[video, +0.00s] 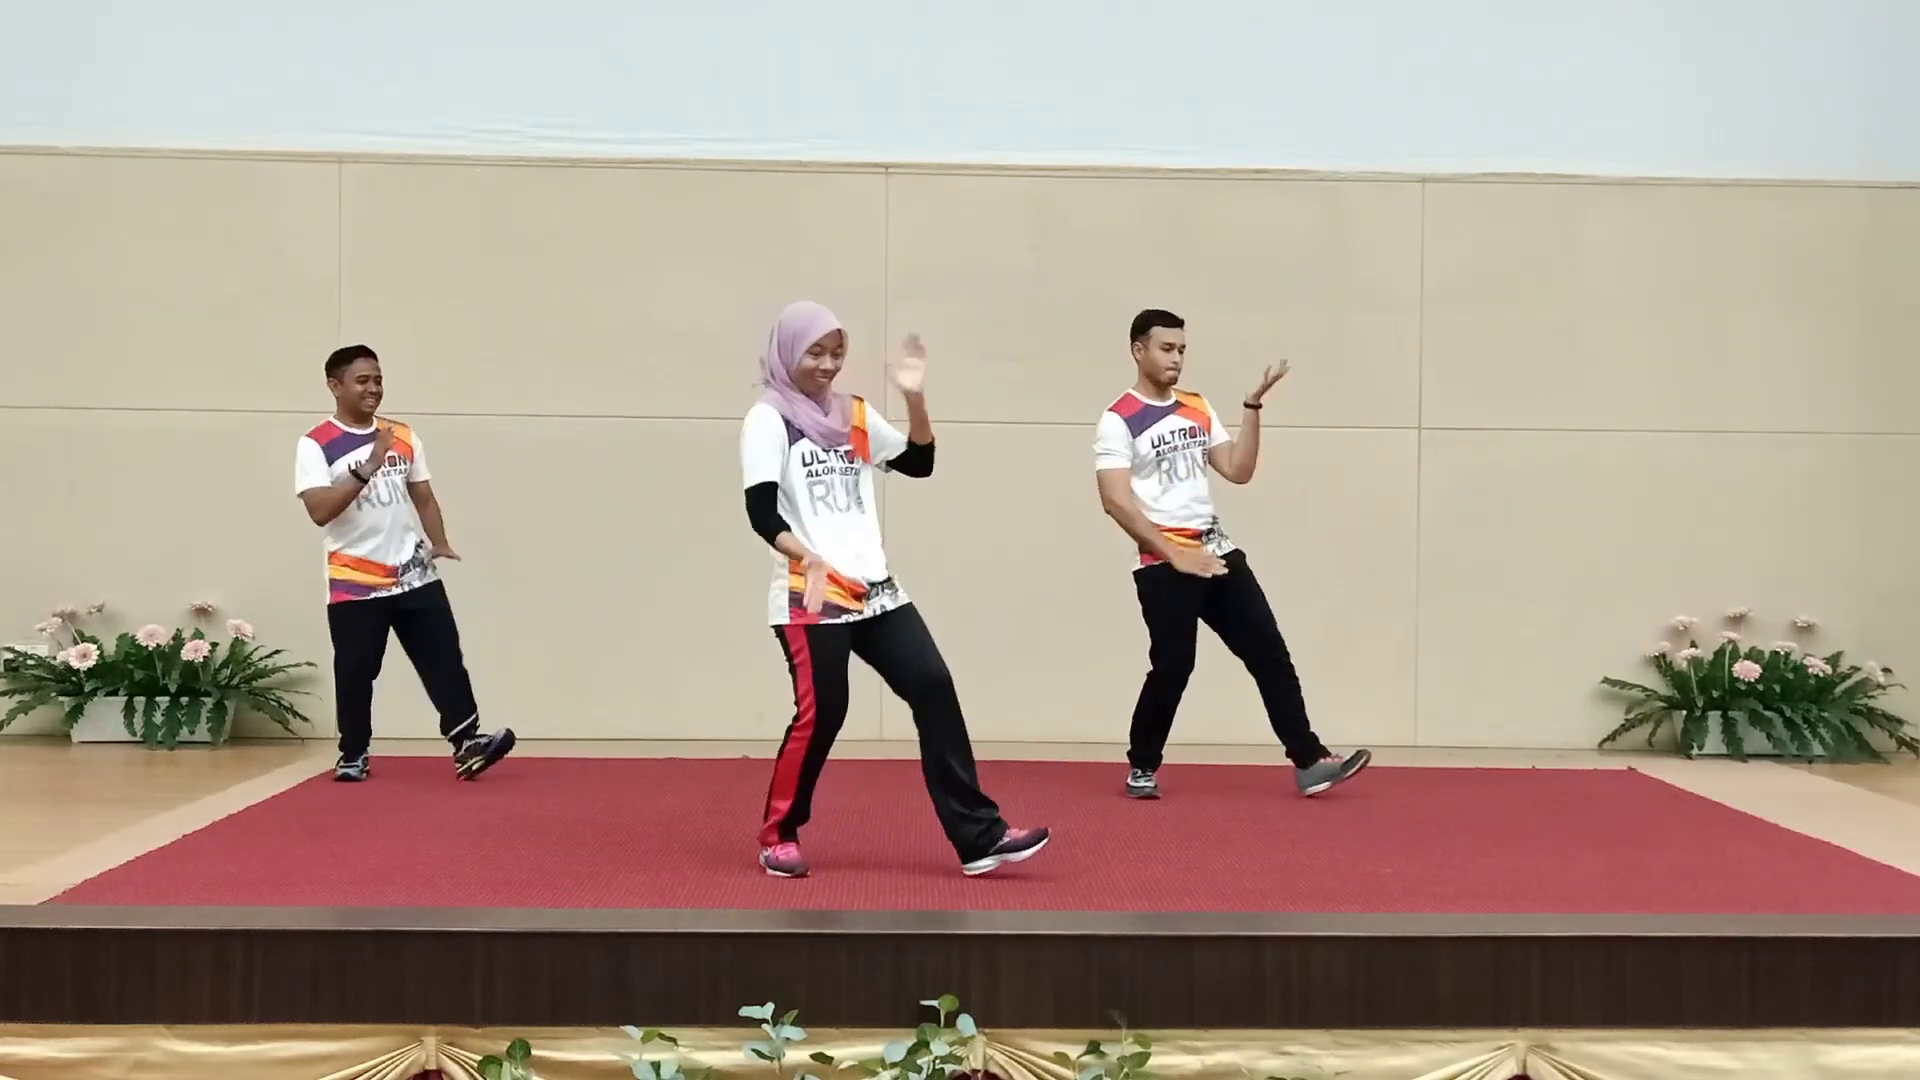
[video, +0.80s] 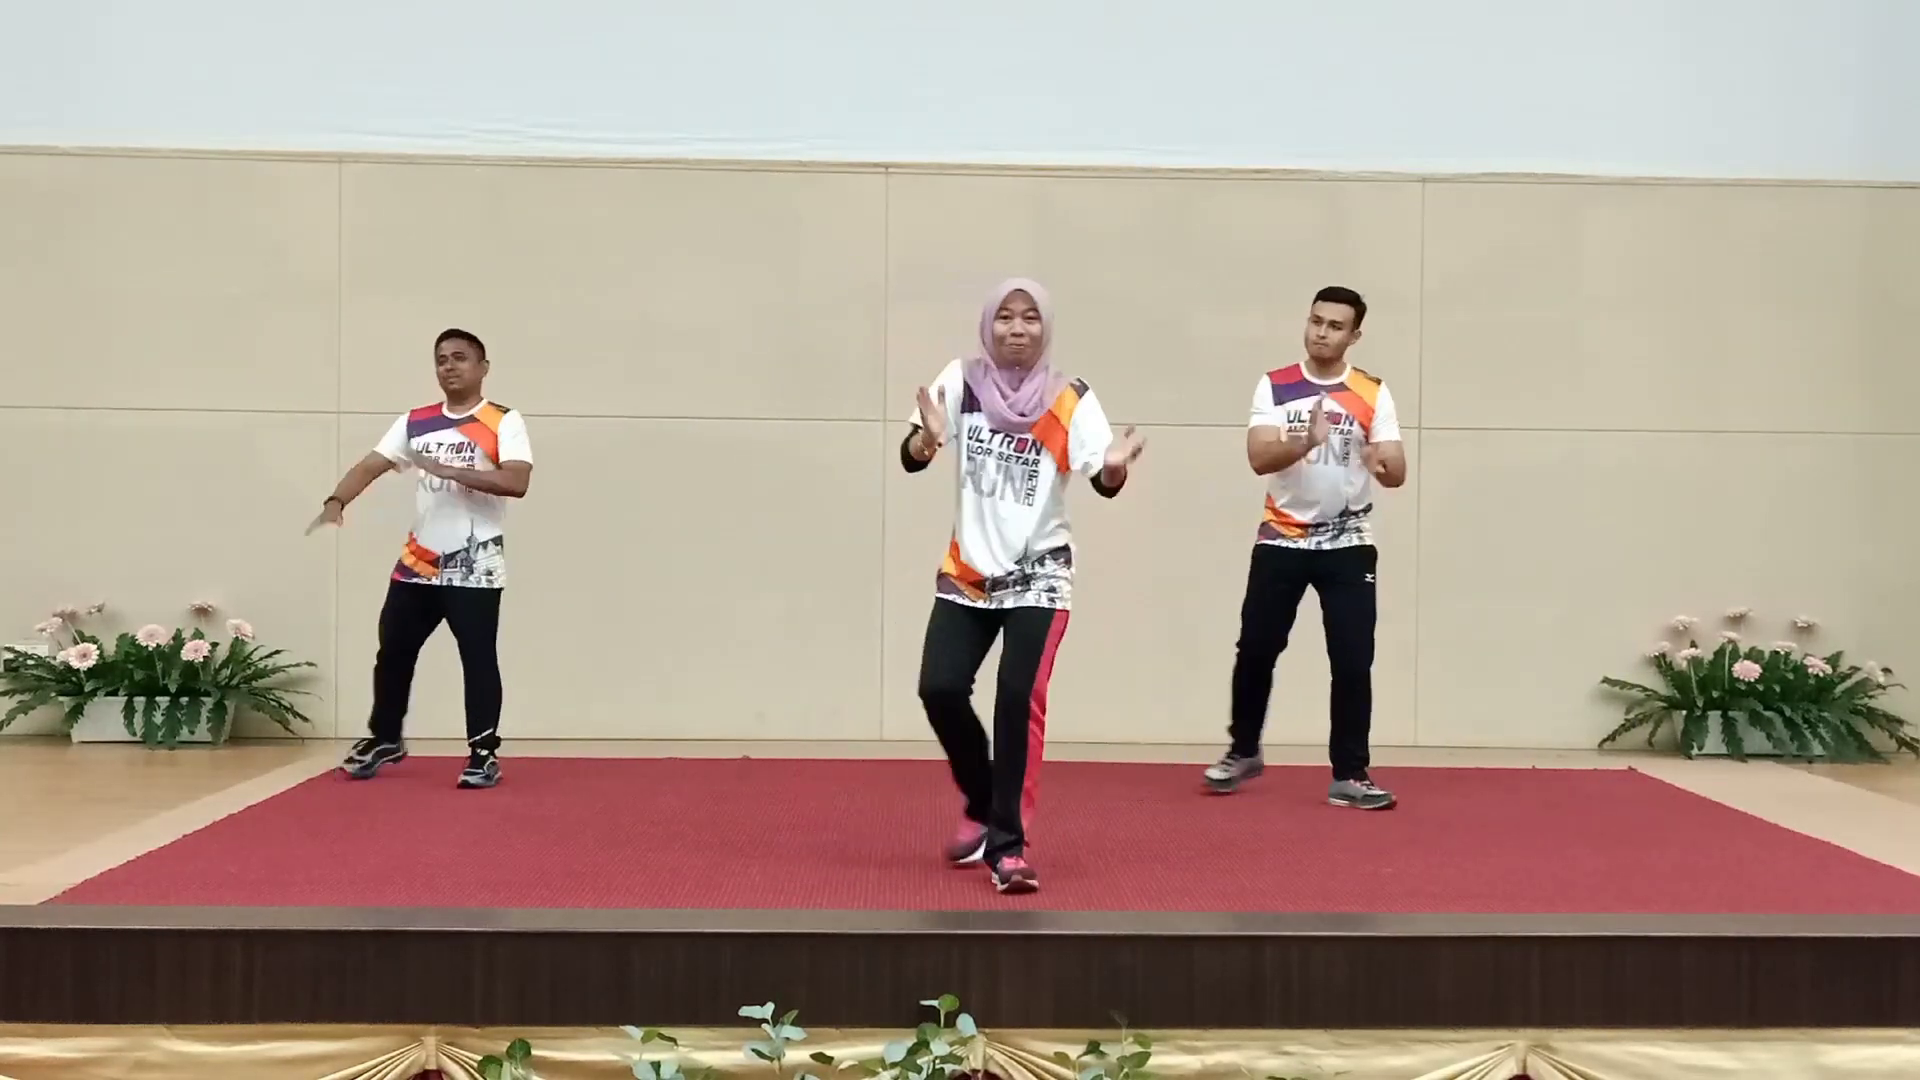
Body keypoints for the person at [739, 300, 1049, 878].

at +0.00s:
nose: (831, 363)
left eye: (837, 352)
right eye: (819, 352)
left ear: (842, 354)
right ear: (787, 354)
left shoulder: (851, 413)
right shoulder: (768, 419)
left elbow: (920, 463)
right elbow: (762, 513)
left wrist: (914, 399)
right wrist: (807, 559)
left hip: (875, 591)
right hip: (810, 599)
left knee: (934, 689)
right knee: (822, 711)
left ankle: (979, 840)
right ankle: (779, 837)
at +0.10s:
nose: (841, 354)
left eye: (847, 343)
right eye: (830, 343)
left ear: (853, 343)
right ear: (797, 343)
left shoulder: (867, 401)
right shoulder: (773, 404)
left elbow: (929, 453)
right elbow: (760, 496)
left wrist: (945, 398)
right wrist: (799, 519)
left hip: (876, 577)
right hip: (809, 583)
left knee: (944, 675)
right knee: (817, 702)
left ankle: (974, 827)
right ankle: (780, 835)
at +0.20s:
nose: (870, 333)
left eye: (876, 322)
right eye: (858, 323)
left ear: (882, 323)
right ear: (825, 323)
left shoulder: (896, 379)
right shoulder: (793, 375)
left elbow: (952, 436)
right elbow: (759, 459)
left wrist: (1006, 419)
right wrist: (808, 454)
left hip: (891, 558)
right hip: (821, 563)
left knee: (949, 664)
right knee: (817, 689)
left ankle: (986, 813)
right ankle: (783, 832)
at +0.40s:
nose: (919, 332)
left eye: (927, 320)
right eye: (907, 321)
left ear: (936, 322)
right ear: (876, 323)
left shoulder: (954, 385)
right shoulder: (842, 365)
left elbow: (1001, 457)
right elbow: (779, 425)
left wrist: (1053, 500)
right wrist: (847, 392)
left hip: (930, 563)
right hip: (854, 560)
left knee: (963, 690)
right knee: (828, 696)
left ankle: (999, 834)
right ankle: (788, 832)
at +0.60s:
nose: (972, 330)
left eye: (982, 320)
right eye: (959, 320)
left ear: (996, 328)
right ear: (938, 328)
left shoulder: (1018, 400)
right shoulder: (909, 378)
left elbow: (1050, 482)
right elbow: (846, 440)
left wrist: (1078, 551)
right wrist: (900, 400)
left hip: (994, 570)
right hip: (918, 568)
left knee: (1002, 704)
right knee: (881, 696)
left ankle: (1008, 849)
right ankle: (820, 830)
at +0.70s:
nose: (994, 327)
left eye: (1006, 318)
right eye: (982, 317)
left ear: (1022, 328)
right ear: (963, 328)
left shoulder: (1045, 400)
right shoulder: (938, 385)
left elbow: (1077, 476)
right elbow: (877, 448)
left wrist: (1095, 511)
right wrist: (916, 407)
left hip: (1018, 576)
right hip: (946, 570)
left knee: (1007, 704)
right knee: (907, 690)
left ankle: (1008, 850)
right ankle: (898, 824)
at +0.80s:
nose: (1017, 326)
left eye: (1029, 317)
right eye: (1005, 317)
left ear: (1046, 330)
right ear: (987, 328)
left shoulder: (1069, 398)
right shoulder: (960, 381)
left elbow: (1104, 487)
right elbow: (910, 459)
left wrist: (1115, 465)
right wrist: (924, 442)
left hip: (1038, 574)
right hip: (969, 572)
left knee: (1018, 700)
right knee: (940, 691)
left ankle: (1008, 847)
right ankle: (987, 811)